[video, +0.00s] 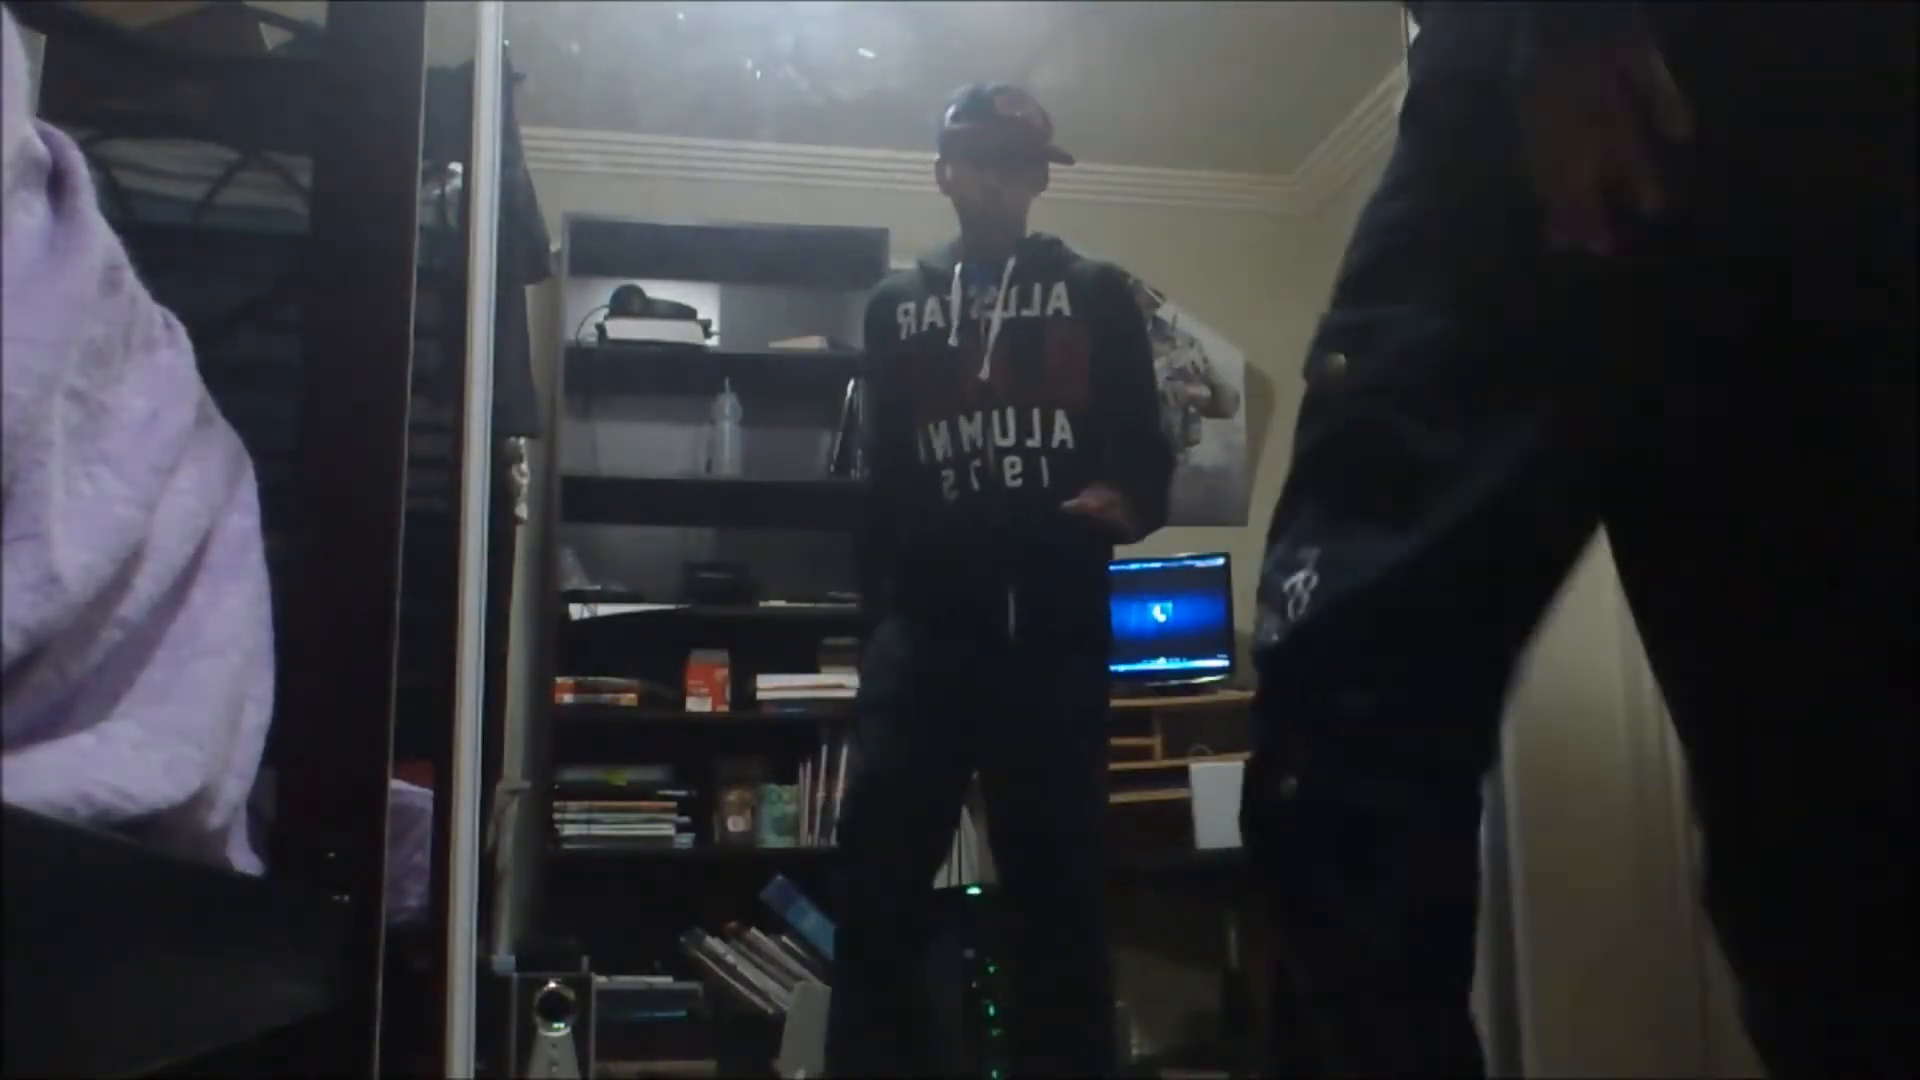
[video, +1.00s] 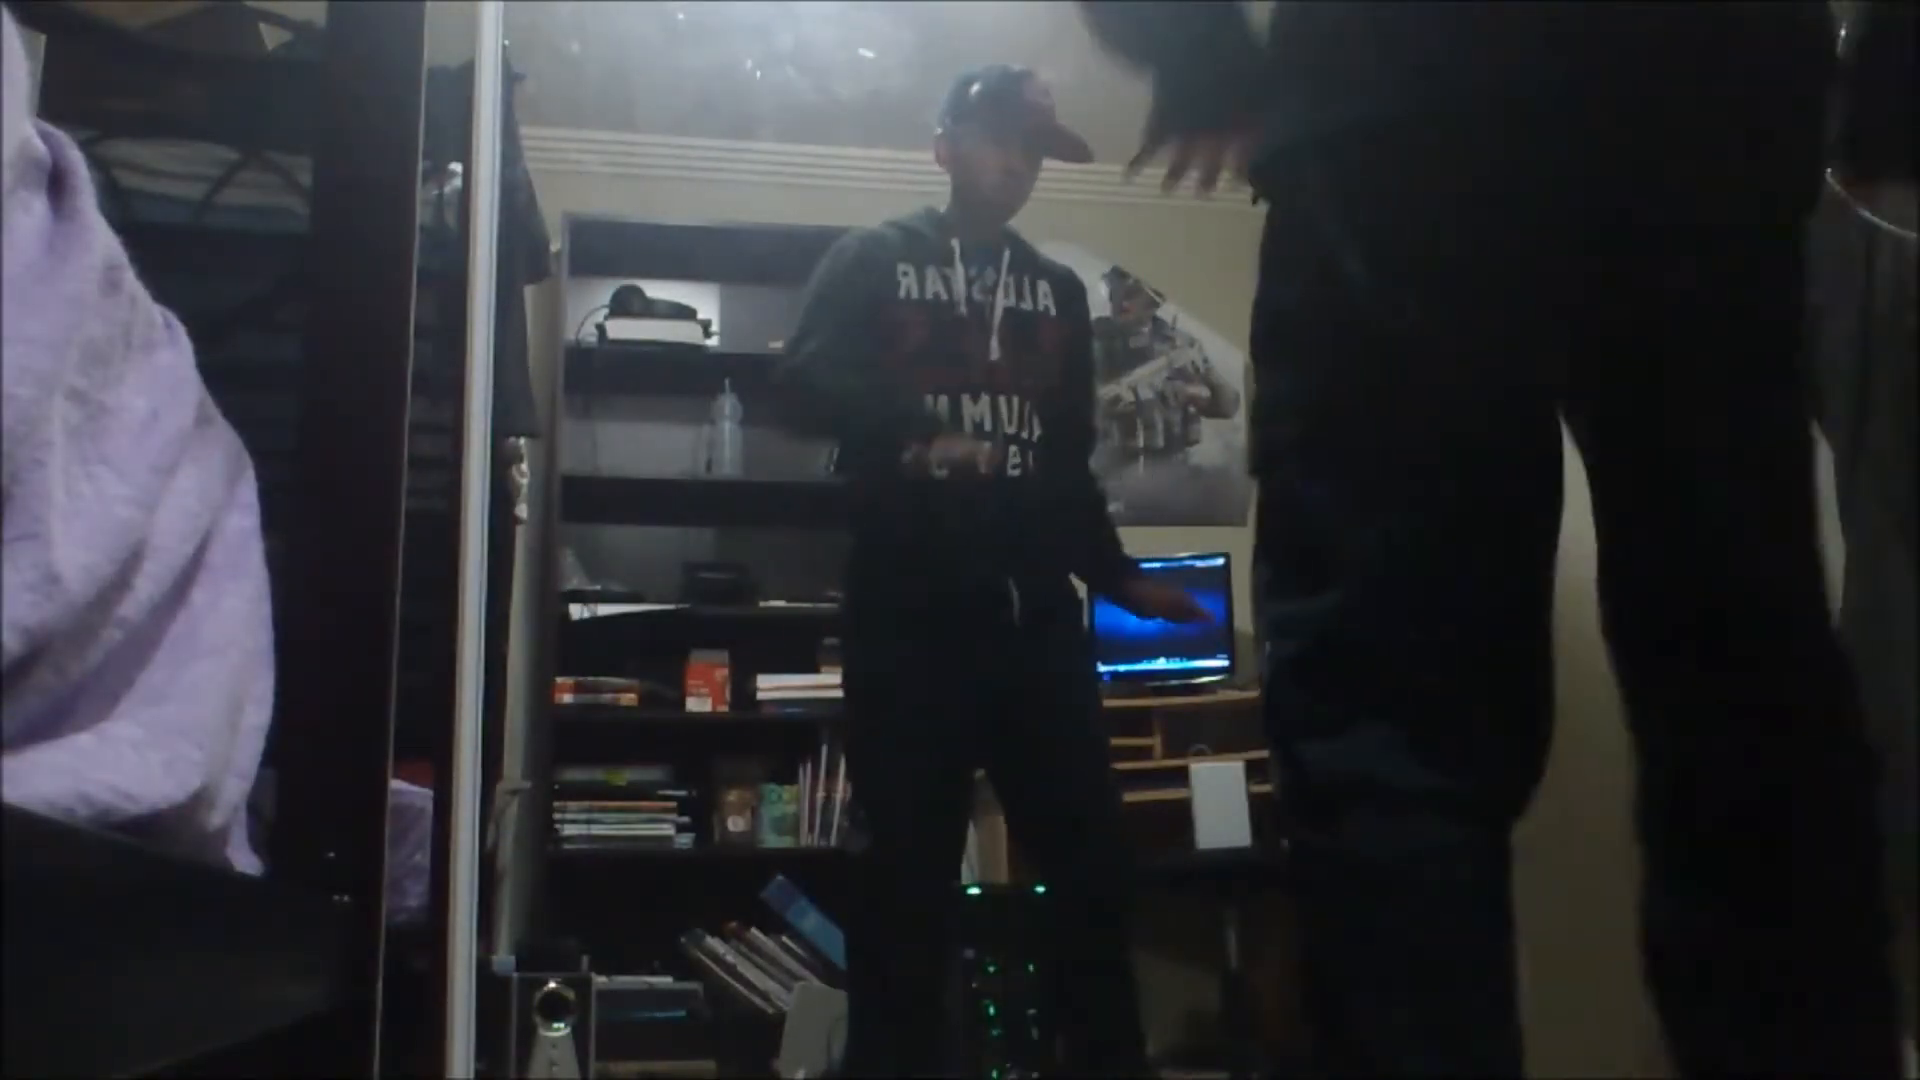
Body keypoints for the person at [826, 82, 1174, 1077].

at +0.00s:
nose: (999, 168)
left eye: (1018, 151)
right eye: (979, 150)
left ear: (1046, 171)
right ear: (945, 171)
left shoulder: (1098, 290)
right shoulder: (894, 302)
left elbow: (1145, 459)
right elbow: (864, 466)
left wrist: (1122, 501)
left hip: (1051, 613)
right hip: (922, 612)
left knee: (1054, 867)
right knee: (879, 855)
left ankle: (1063, 1063)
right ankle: (877, 1065)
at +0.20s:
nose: (979, 166)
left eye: (999, 149)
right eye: (961, 147)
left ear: (1028, 164)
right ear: (930, 161)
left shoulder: (1084, 278)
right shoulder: (887, 296)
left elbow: (1127, 445)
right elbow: (859, 456)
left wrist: (1125, 504)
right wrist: (842, 587)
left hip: (1043, 607)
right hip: (912, 606)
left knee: (1046, 869)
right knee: (868, 855)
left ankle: (1057, 1067)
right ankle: (875, 1068)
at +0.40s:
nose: (984, 162)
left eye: (1003, 146)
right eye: (964, 144)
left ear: (1029, 164)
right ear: (929, 160)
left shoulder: (1083, 286)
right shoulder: (879, 299)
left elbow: (1115, 445)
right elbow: (854, 450)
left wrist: (1110, 571)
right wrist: (852, 547)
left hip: (1051, 604)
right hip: (917, 604)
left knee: (1055, 859)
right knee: (894, 858)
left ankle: (1060, 1059)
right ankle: (888, 1061)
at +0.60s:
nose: (995, 165)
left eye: (1013, 150)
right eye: (975, 145)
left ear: (1034, 166)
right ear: (935, 158)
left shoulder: (1084, 292)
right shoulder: (881, 292)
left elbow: (1123, 450)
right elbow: (826, 447)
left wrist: (1131, 584)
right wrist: (860, 485)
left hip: (1053, 612)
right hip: (923, 605)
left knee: (1055, 861)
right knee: (908, 858)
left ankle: (1062, 1066)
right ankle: (896, 1064)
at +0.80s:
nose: (1001, 171)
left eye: (1017, 154)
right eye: (982, 147)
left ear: (1031, 167)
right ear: (934, 149)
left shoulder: (1056, 295)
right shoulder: (873, 268)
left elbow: (1092, 451)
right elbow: (811, 409)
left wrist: (1139, 585)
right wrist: (935, 401)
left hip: (1036, 603)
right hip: (908, 597)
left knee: (1070, 861)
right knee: (907, 868)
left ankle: (1074, 1066)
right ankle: (899, 1067)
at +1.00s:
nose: (1013, 168)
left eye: (1029, 151)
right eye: (995, 144)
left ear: (1042, 163)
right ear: (945, 145)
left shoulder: (1060, 292)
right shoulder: (874, 259)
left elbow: (1066, 460)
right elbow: (799, 380)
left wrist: (1126, 581)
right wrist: (913, 437)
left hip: (1034, 606)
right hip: (908, 602)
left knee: (1083, 859)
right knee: (910, 868)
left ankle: (1099, 1068)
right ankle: (900, 1068)